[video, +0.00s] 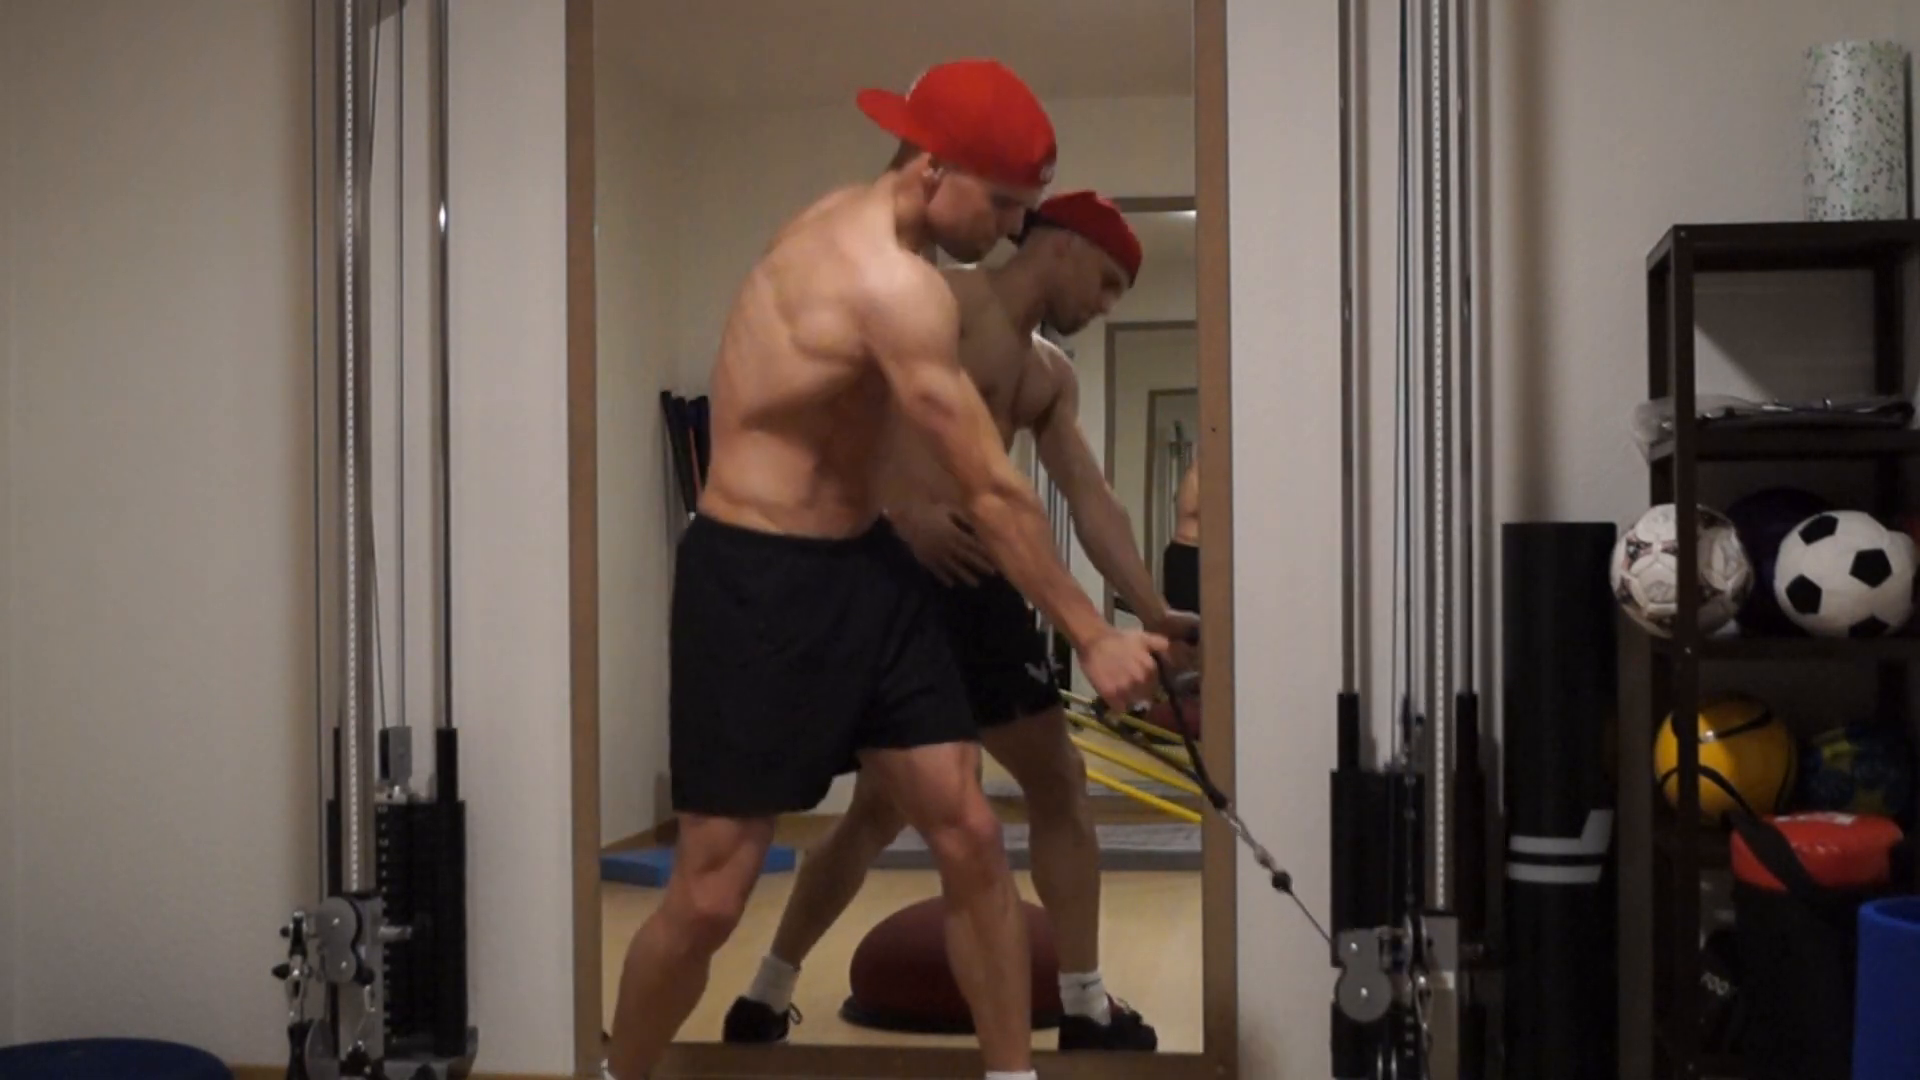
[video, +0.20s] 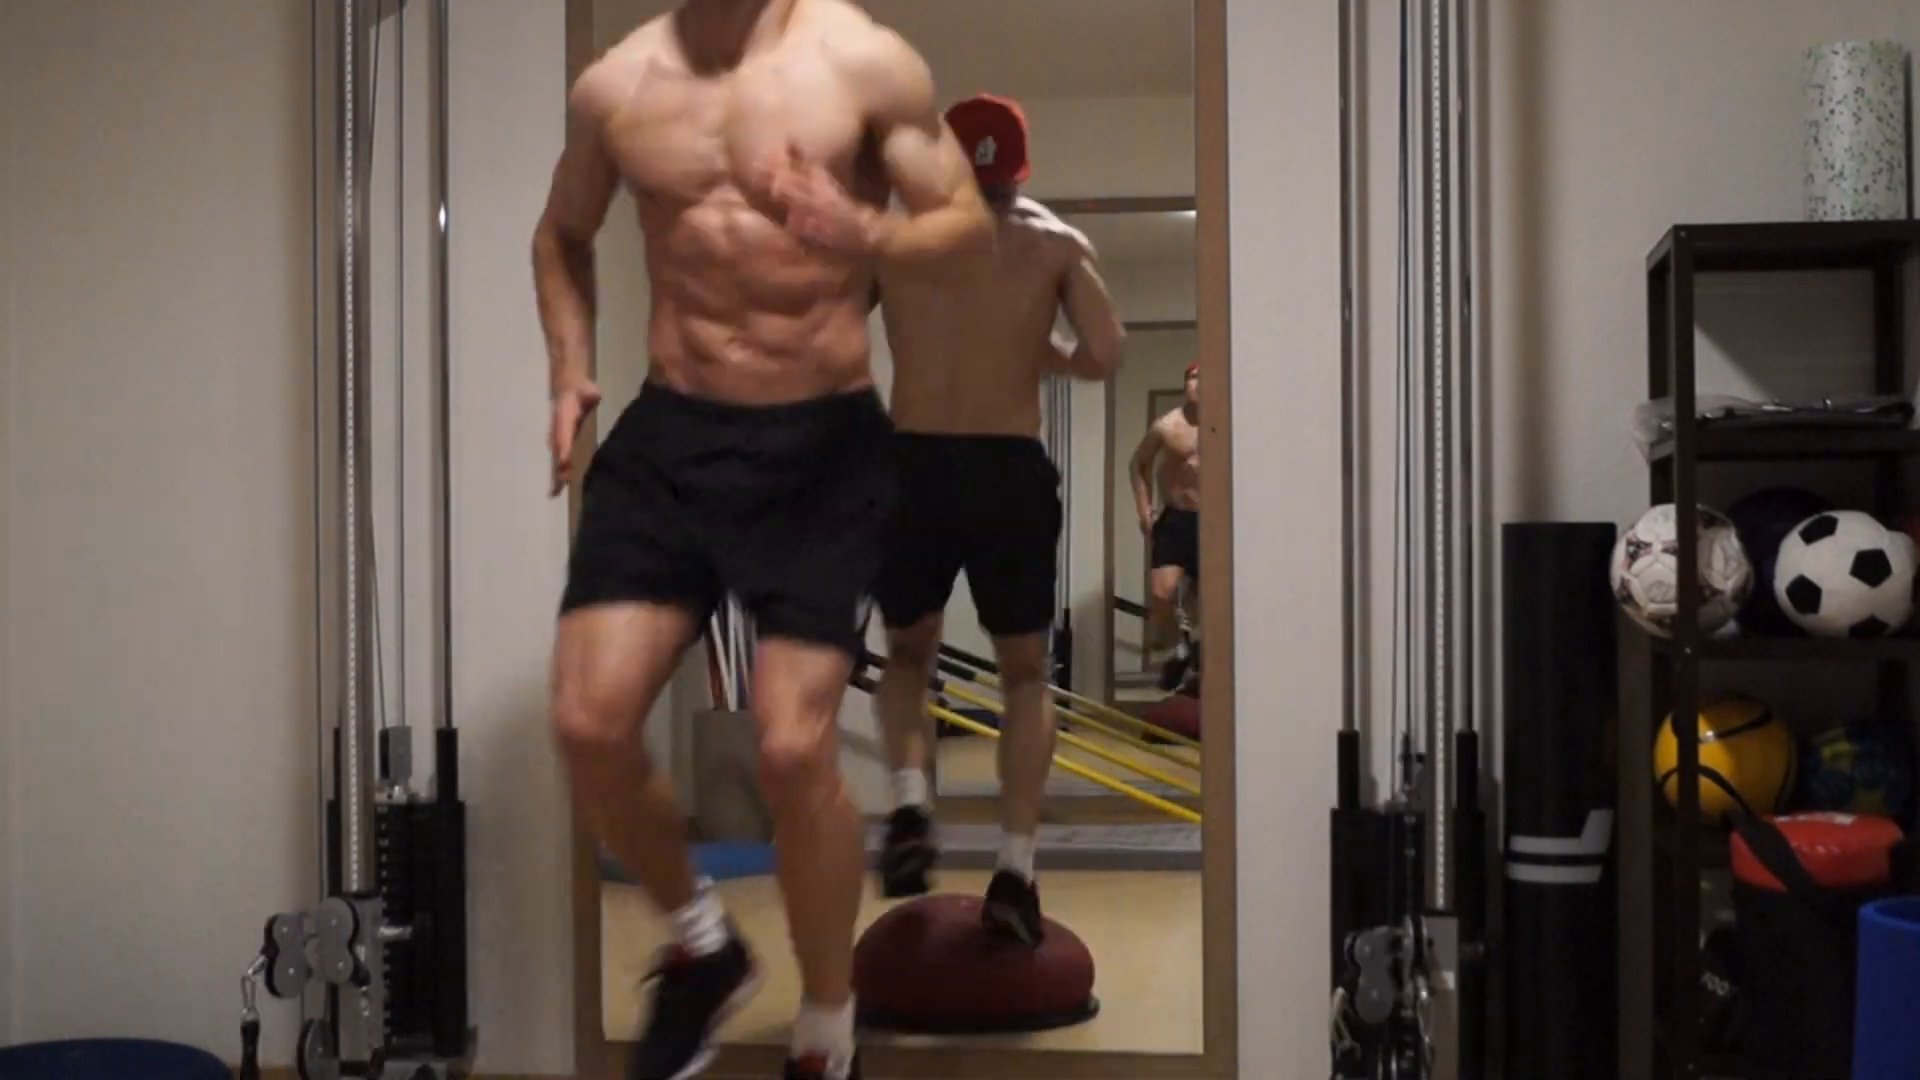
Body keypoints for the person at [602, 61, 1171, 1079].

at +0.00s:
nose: (1009, 228)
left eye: (1018, 208)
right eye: (1003, 204)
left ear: (929, 168)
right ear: (933, 172)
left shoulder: (862, 216)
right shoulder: (896, 284)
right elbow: (987, 492)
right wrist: (1095, 638)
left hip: (860, 567)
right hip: (751, 573)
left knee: (970, 834)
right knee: (710, 893)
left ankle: (1013, 1074)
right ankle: (626, 1071)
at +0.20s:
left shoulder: (867, 58)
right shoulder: (615, 85)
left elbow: (969, 222)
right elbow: (562, 239)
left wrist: (875, 233)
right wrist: (571, 378)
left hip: (825, 445)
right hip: (671, 439)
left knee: (791, 747)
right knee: (588, 723)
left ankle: (825, 1039)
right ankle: (699, 943)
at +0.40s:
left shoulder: (908, 73)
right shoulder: (646, 84)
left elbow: (1007, 177)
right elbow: (615, 268)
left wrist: (985, 281)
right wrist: (657, 281)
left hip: (871, 451)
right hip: (716, 458)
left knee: (917, 763)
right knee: (692, 768)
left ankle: (1017, 1031)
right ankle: (771, 1030)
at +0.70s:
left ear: (824, 5)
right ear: (706, 7)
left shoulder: (893, 134)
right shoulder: (646, 148)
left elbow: (995, 288)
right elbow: (630, 306)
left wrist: (916, 339)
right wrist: (631, 367)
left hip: (870, 504)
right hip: (715, 504)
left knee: (919, 813)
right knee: (651, 783)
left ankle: (1013, 1049)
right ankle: (750, 1043)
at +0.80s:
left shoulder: (865, 103)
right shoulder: (607, 112)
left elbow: (968, 221)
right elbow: (583, 270)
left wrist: (934, 339)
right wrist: (591, 339)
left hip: (827, 452)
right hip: (675, 450)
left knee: (793, 719)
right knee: (555, 698)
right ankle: (676, 958)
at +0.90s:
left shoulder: (841, 104)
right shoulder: (587, 117)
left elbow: (940, 256)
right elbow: (557, 261)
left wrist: (862, 296)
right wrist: (550, 386)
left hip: (792, 472)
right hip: (641, 458)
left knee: (733, 784)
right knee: (501, 716)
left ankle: (737, 1042)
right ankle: (567, 977)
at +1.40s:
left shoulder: (853, 96)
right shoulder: (585, 107)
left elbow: (937, 216)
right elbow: (546, 271)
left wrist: (917, 338)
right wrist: (596, 359)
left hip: (817, 440)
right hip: (660, 458)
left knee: (865, 706)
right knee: (661, 774)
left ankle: (889, 959)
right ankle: (719, 1044)